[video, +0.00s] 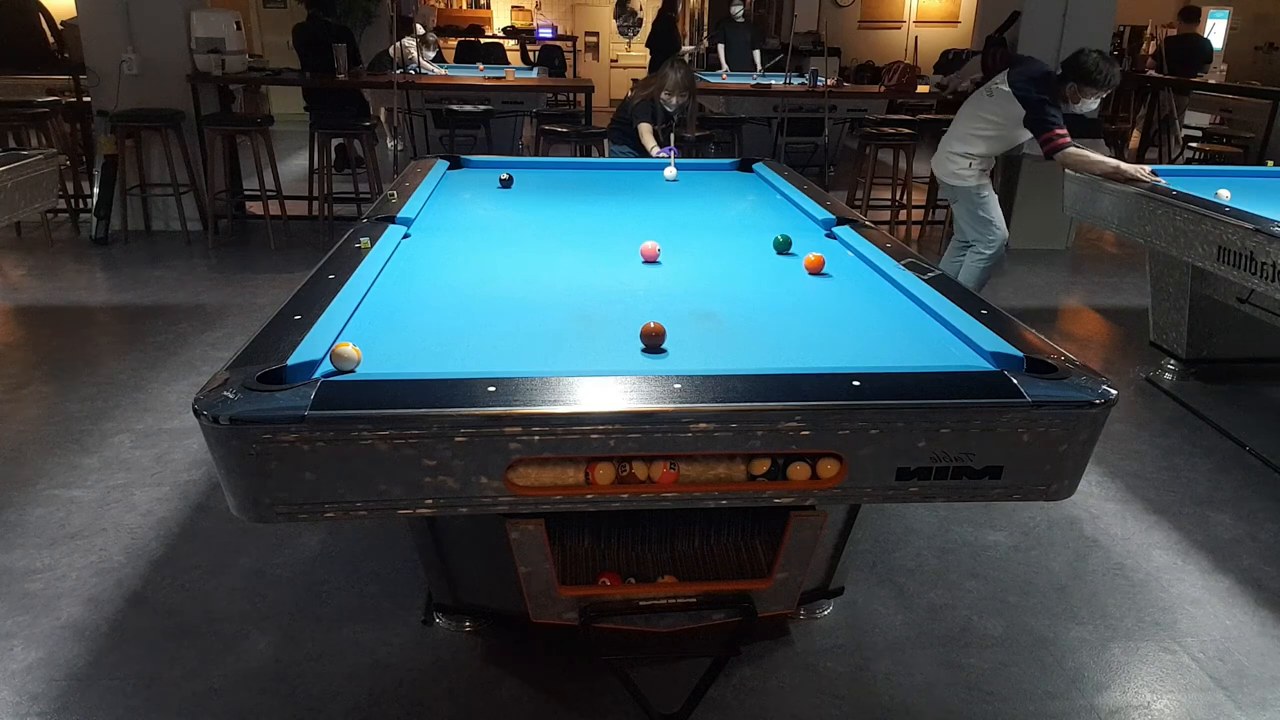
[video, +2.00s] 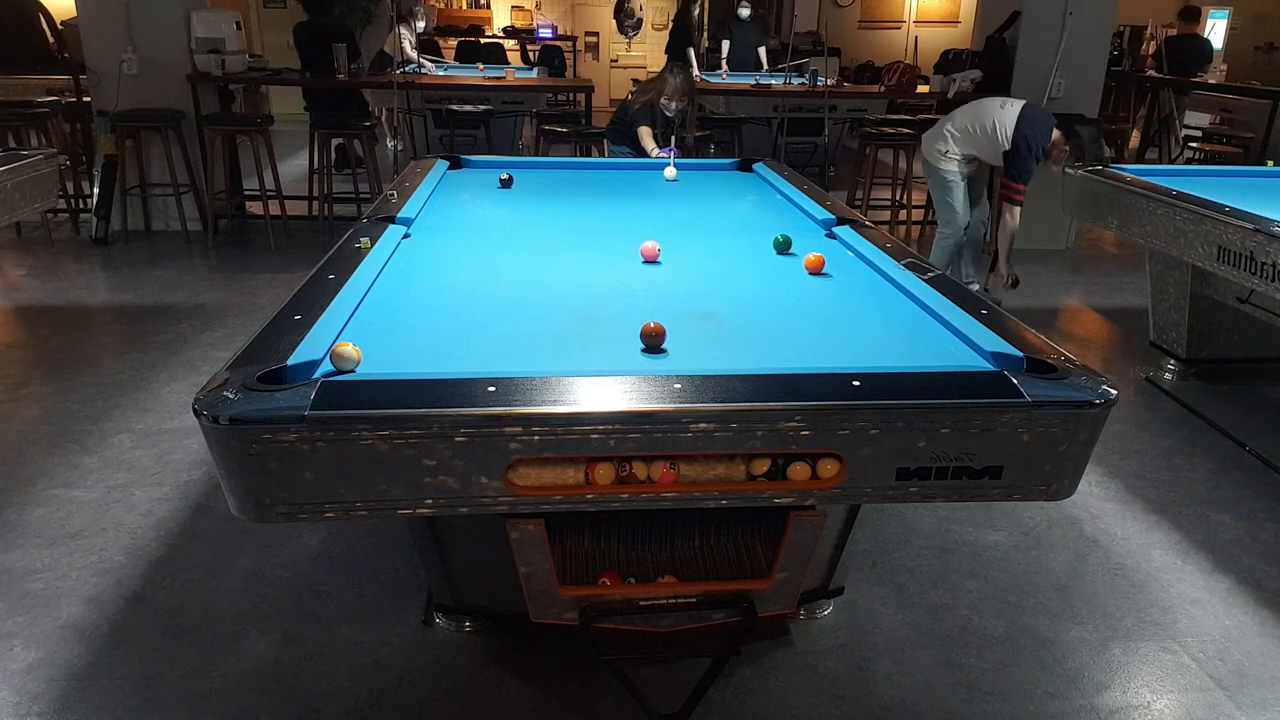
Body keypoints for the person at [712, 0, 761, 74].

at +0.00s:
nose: (735, 10)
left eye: (738, 7)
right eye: (733, 7)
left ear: (743, 8)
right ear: (730, 9)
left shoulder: (750, 26)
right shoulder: (724, 25)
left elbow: (755, 48)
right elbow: (720, 46)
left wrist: (758, 66)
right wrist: (723, 65)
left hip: (748, 71)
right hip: (730, 71)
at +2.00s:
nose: (743, 11)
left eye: (746, 9)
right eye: (741, 8)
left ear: (751, 11)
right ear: (737, 10)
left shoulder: (756, 26)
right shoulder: (730, 24)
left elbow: (761, 47)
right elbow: (725, 43)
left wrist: (765, 66)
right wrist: (723, 63)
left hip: (751, 67)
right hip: (734, 67)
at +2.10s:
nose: (743, 11)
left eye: (746, 8)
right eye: (741, 8)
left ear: (751, 11)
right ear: (737, 10)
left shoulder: (756, 26)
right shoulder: (730, 24)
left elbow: (761, 47)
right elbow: (725, 43)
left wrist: (765, 65)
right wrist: (723, 63)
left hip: (752, 67)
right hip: (734, 67)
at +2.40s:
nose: (743, 11)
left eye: (746, 8)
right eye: (741, 8)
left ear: (751, 11)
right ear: (737, 10)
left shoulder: (756, 26)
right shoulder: (730, 24)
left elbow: (761, 46)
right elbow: (725, 43)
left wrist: (765, 65)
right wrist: (723, 63)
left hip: (751, 67)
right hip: (734, 67)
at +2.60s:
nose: (743, 11)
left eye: (746, 8)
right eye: (741, 8)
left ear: (751, 11)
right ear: (737, 10)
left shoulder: (756, 26)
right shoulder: (730, 24)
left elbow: (761, 46)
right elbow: (725, 43)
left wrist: (765, 65)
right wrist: (723, 63)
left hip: (751, 66)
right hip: (734, 67)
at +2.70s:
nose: (742, 10)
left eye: (746, 8)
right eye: (740, 7)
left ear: (751, 11)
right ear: (737, 9)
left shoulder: (756, 26)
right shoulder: (730, 24)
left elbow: (761, 46)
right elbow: (725, 43)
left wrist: (765, 65)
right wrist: (723, 63)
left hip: (751, 67)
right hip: (733, 67)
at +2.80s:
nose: (741, 10)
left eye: (745, 7)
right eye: (739, 7)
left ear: (750, 10)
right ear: (736, 9)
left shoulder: (756, 26)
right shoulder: (730, 24)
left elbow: (761, 47)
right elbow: (725, 43)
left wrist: (765, 65)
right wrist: (723, 63)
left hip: (751, 67)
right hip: (734, 68)